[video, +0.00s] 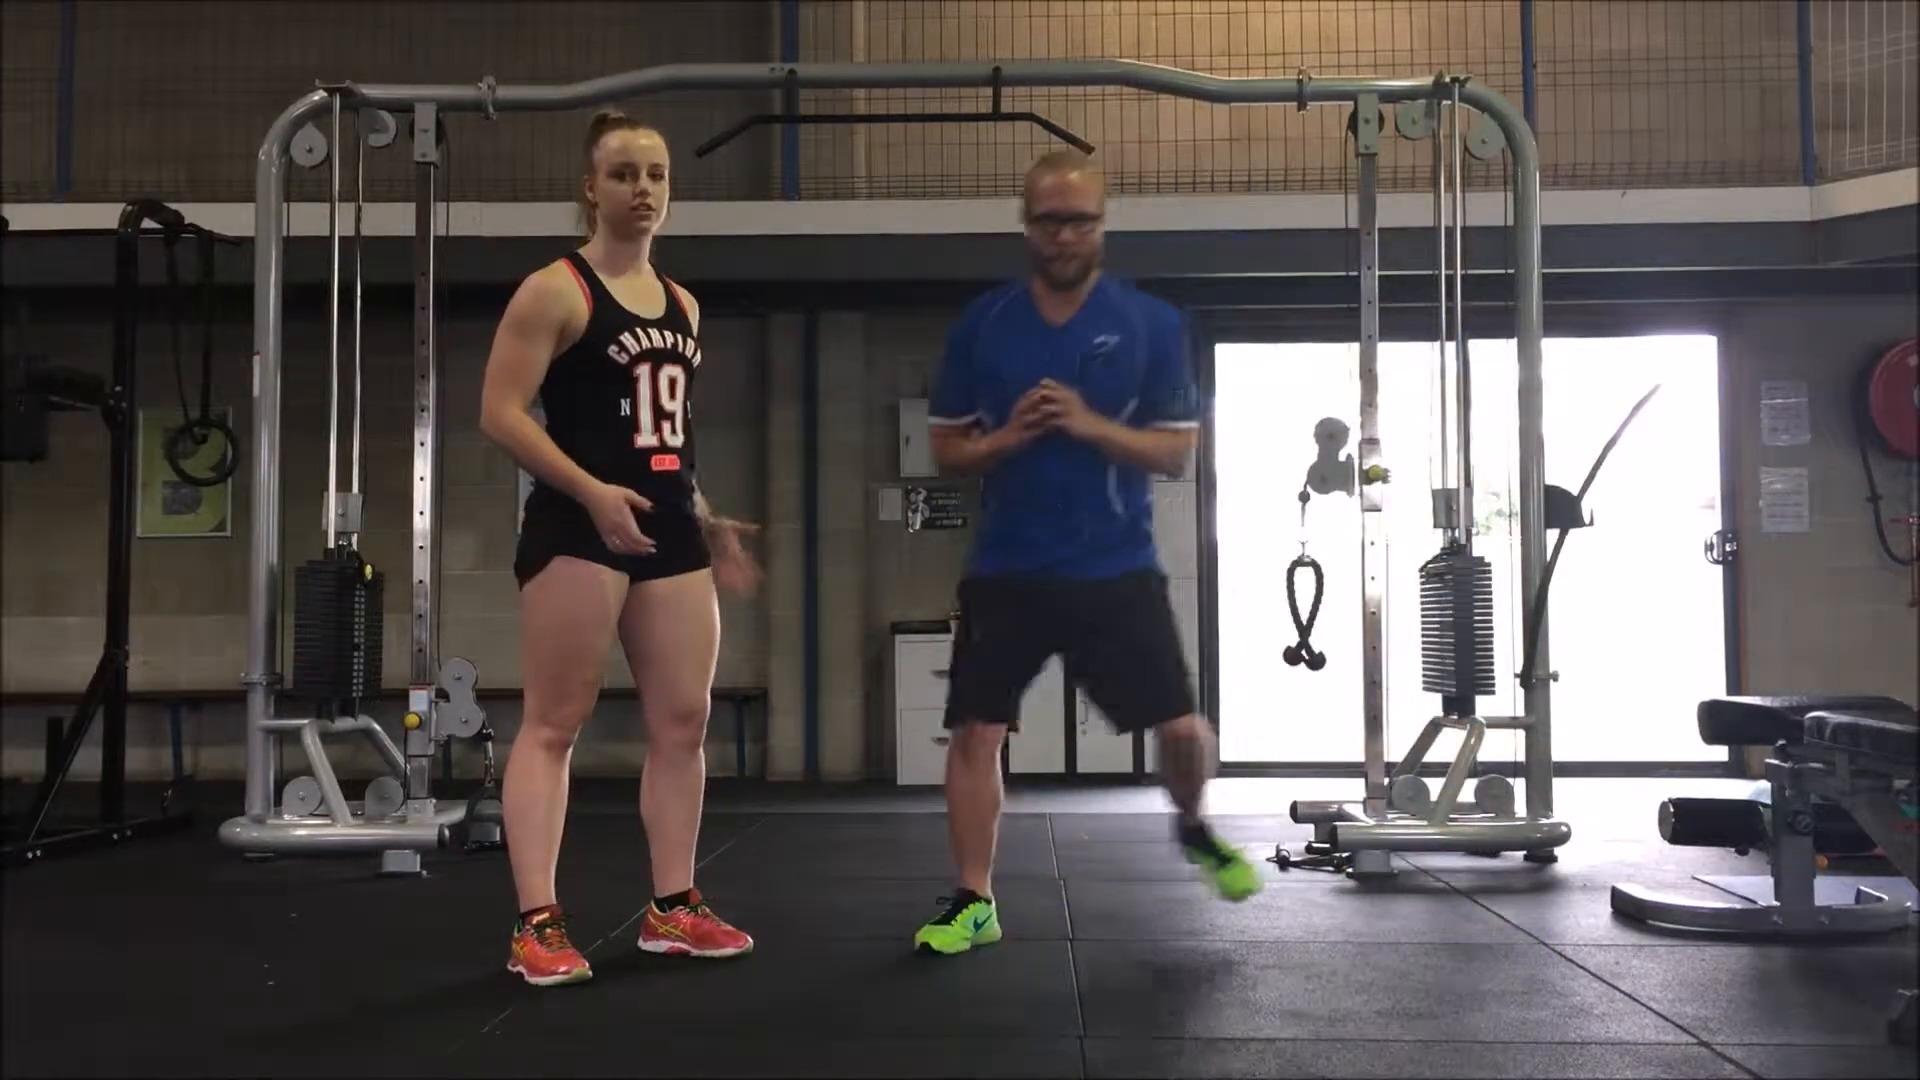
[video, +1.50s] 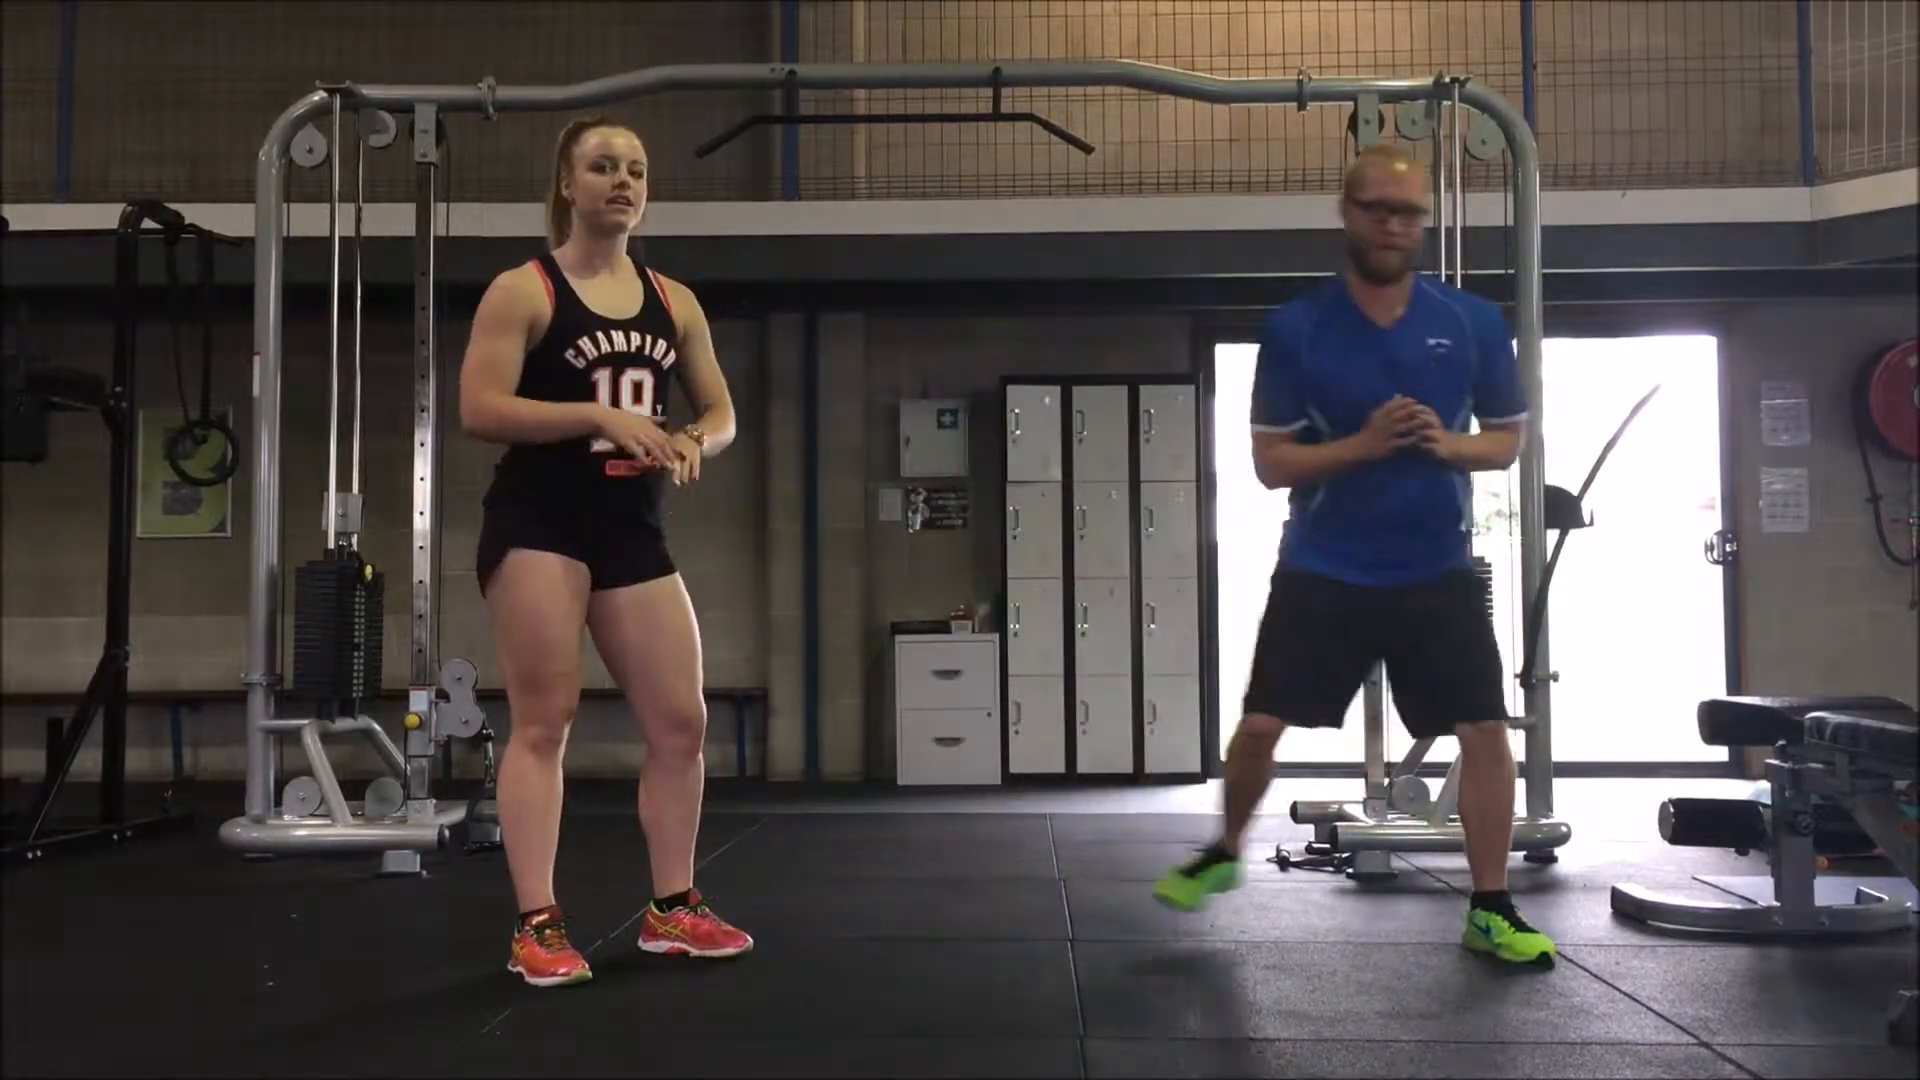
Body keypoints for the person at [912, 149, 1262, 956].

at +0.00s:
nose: (1064, 235)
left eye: (1079, 221)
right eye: (1048, 221)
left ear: (1104, 223)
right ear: (1024, 224)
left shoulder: (1151, 324)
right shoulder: (982, 324)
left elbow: (1173, 451)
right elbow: (947, 452)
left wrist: (1088, 423)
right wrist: (1006, 437)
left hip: (1116, 570)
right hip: (1006, 572)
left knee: (1182, 726)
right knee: (974, 732)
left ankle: (1193, 826)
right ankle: (973, 898)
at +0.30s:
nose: (1002, 255)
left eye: (1016, 238)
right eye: (984, 239)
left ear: (1035, 221)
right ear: (954, 225)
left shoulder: (1083, 314)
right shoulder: (911, 322)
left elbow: (1120, 435)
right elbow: (886, 446)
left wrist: (1044, 433)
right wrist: (947, 448)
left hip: (1056, 557)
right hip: (952, 563)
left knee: (1102, 720)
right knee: (952, 727)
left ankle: (1116, 821)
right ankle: (972, 895)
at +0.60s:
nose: (984, 263)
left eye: (997, 247)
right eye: (966, 248)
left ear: (1016, 226)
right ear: (934, 229)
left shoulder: (1066, 314)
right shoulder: (892, 327)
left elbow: (1103, 435)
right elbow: (874, 456)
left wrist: (1041, 436)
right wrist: (928, 451)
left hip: (1048, 557)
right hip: (943, 565)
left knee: (1087, 721)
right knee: (943, 728)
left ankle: (1093, 831)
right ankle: (972, 895)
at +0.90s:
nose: (1026, 276)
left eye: (1036, 258)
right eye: (1007, 262)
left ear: (1049, 249)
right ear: (968, 255)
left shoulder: (1100, 341)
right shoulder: (927, 366)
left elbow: (1138, 455)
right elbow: (910, 495)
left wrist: (1070, 471)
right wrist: (966, 492)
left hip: (1089, 581)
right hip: (983, 583)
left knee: (1126, 733)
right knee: (955, 734)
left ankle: (1104, 866)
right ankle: (973, 898)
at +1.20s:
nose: (1198, 204)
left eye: (1208, 192)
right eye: (1182, 190)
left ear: (1221, 196)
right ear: (1147, 194)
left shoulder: (1262, 288)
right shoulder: (1097, 296)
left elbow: (1299, 410)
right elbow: (1065, 424)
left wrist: (1248, 391)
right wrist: (1165, 408)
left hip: (1237, 537)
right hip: (1127, 543)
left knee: (1333, 678)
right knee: (1055, 704)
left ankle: (1397, 853)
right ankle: (981, 874)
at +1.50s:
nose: (1393, 226)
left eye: (1409, 212)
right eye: (1377, 209)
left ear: (1429, 221)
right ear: (1344, 213)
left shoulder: (1474, 323)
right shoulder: (1295, 327)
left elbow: (1506, 441)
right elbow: (1271, 464)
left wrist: (1450, 444)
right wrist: (1362, 445)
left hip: (1436, 574)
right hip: (1323, 572)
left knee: (1485, 726)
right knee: (1259, 725)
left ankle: (1491, 907)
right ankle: (1226, 850)